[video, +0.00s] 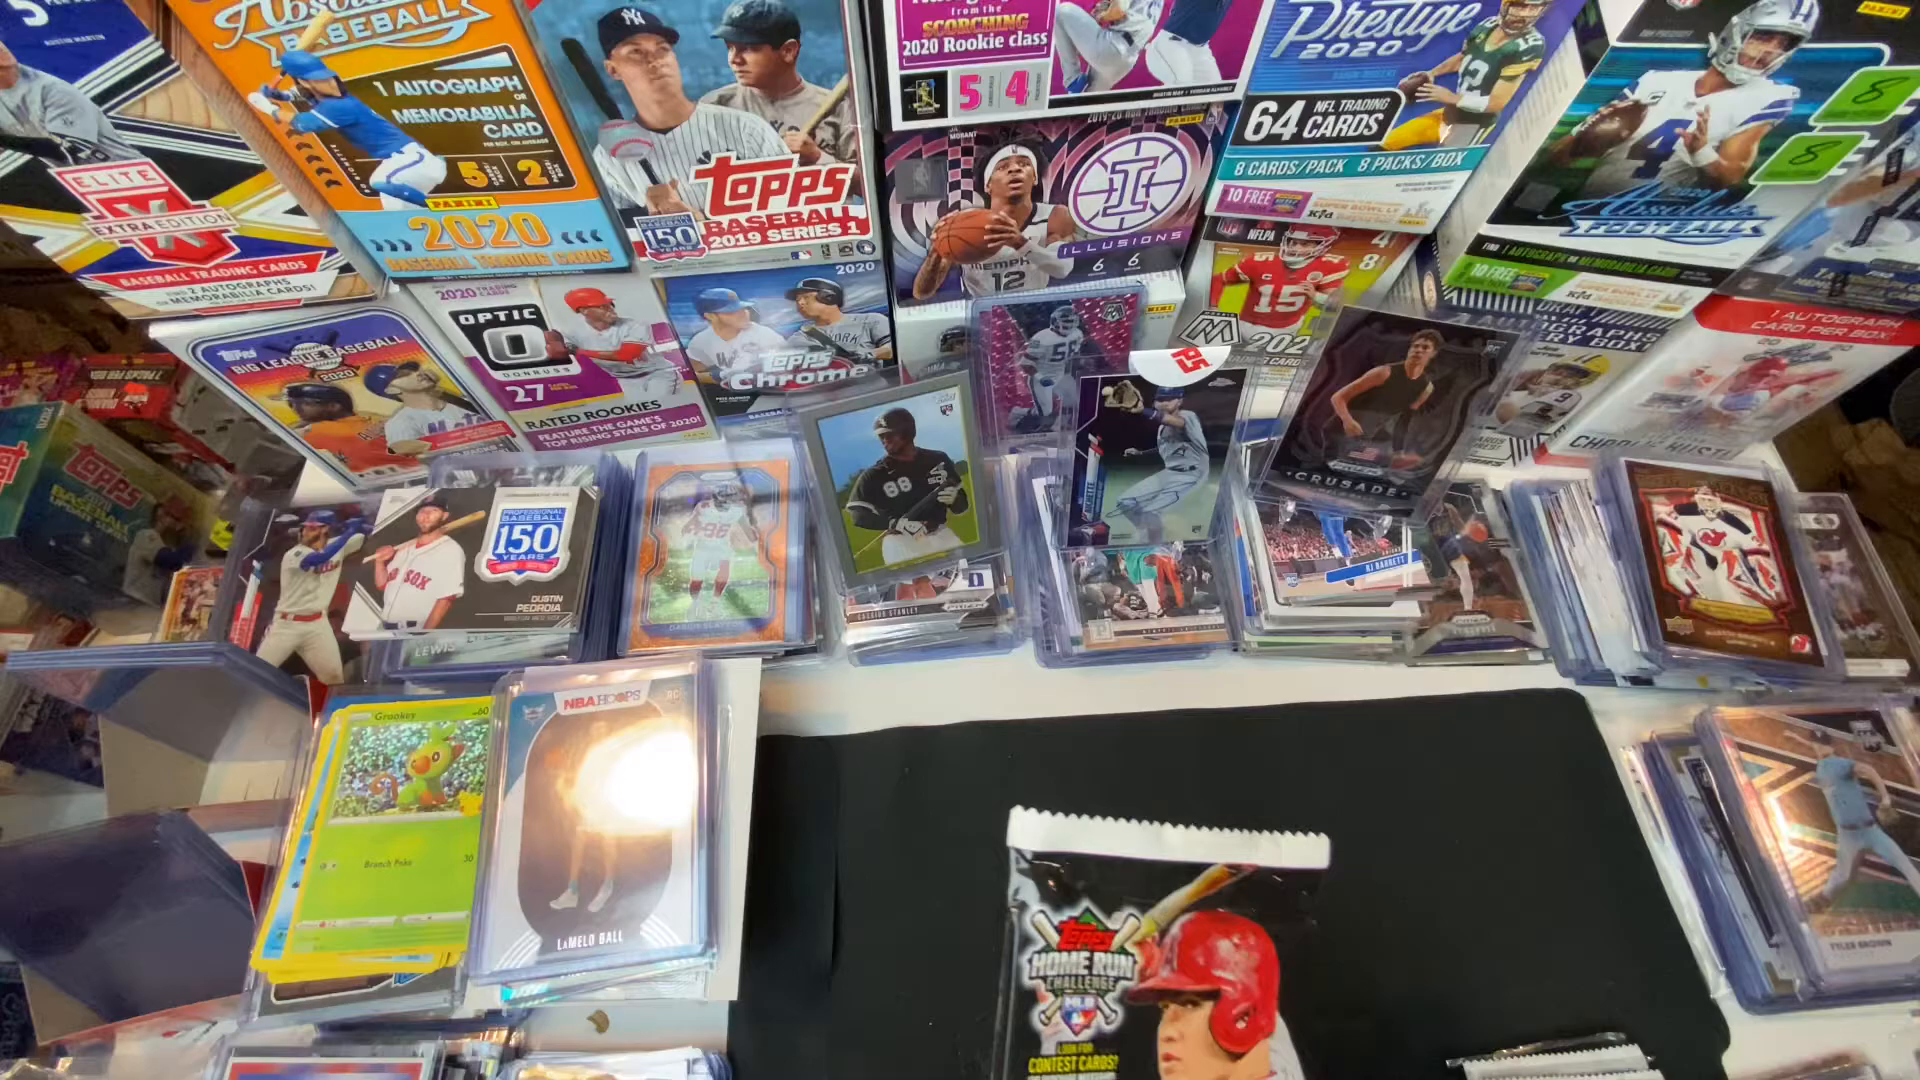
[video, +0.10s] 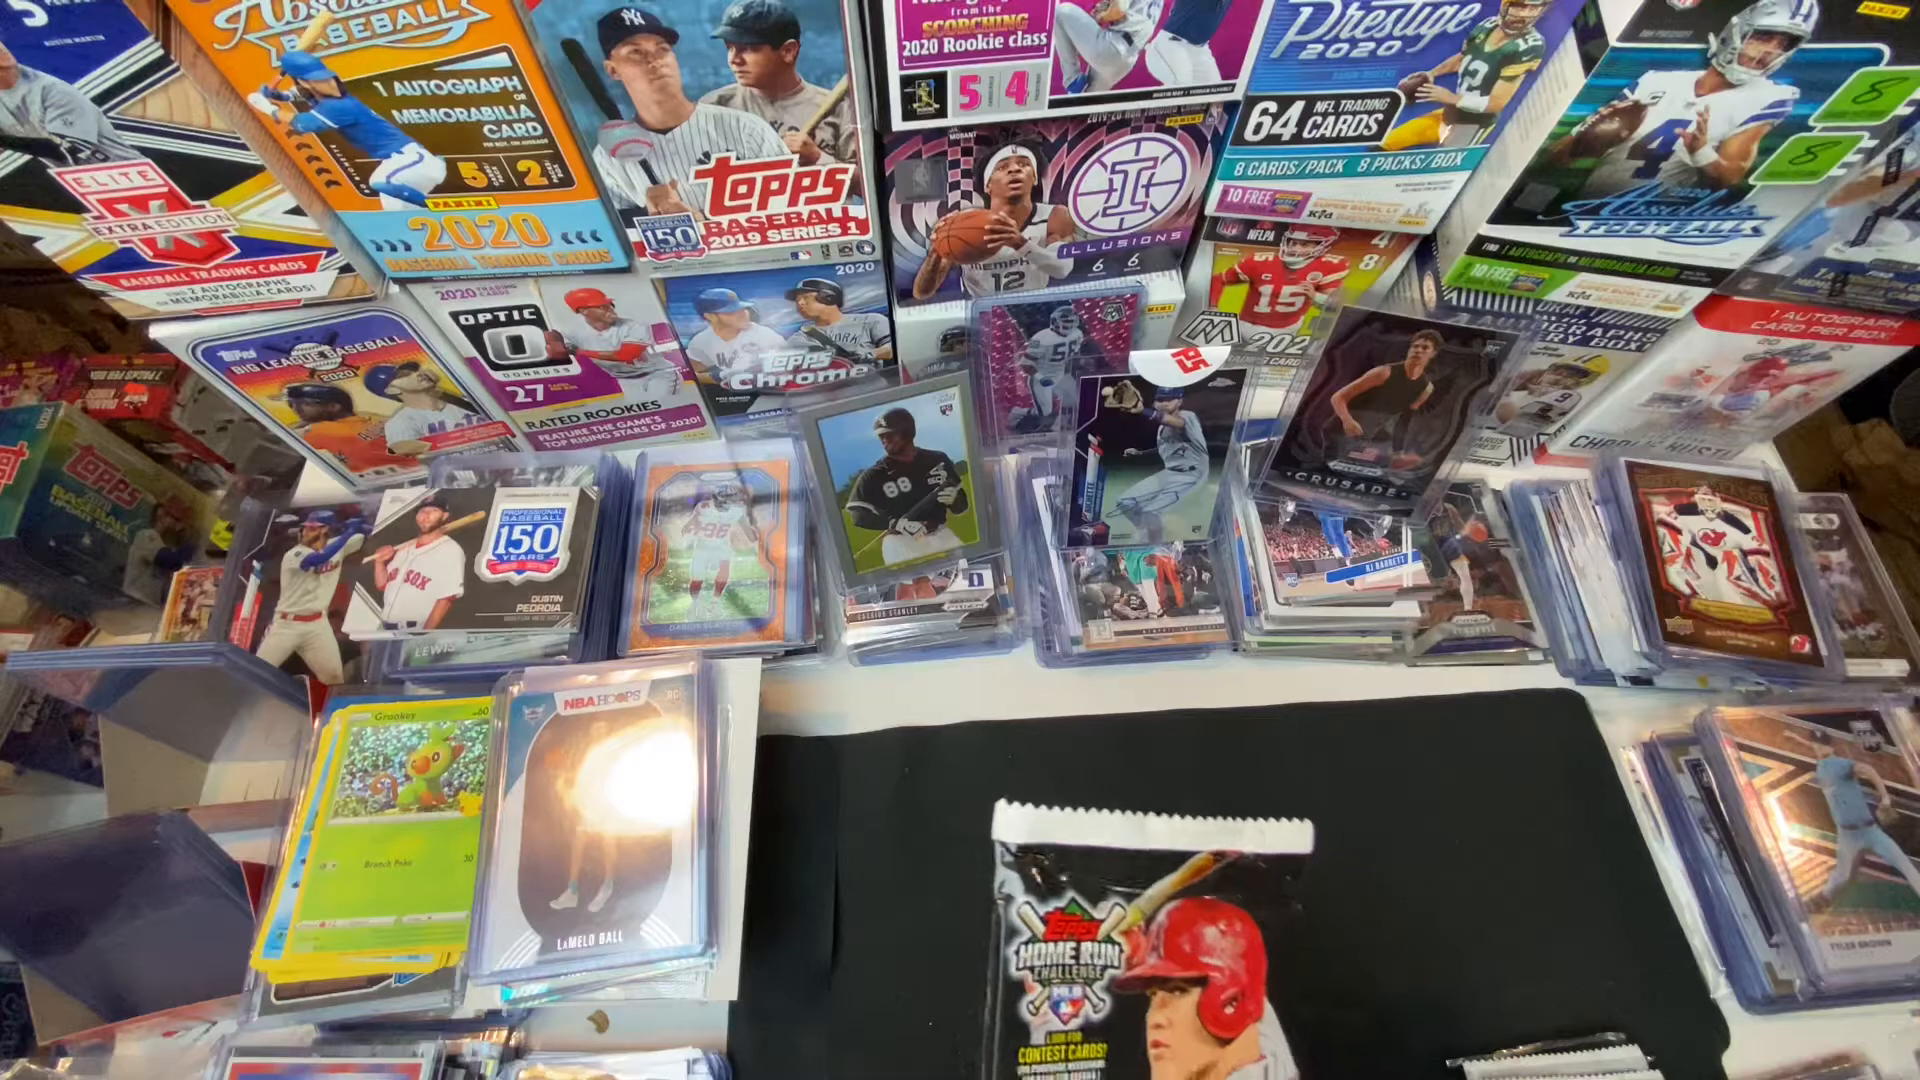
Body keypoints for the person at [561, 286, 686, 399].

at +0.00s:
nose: (612, 311)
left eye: (611, 306)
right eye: (605, 308)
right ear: (585, 312)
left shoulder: (634, 326)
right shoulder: (580, 337)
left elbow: (628, 355)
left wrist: (581, 353)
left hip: (657, 372)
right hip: (623, 379)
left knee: (656, 396)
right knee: (630, 401)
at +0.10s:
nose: (612, 311)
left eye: (610, 306)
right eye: (604, 308)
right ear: (585, 313)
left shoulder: (634, 326)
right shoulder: (580, 337)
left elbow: (628, 356)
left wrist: (581, 353)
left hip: (658, 372)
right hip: (623, 379)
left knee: (656, 397)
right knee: (630, 402)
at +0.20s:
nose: (612, 309)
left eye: (610, 305)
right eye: (604, 307)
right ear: (587, 312)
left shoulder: (634, 325)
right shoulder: (582, 337)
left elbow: (628, 354)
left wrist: (580, 352)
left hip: (658, 372)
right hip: (625, 378)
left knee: (655, 398)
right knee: (630, 403)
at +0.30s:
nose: (611, 310)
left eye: (610, 305)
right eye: (604, 307)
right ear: (586, 313)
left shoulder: (634, 326)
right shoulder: (580, 336)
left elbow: (628, 355)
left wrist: (580, 353)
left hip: (658, 373)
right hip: (624, 379)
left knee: (655, 403)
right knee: (630, 406)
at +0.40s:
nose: (612, 310)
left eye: (610, 305)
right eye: (604, 308)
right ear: (586, 313)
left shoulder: (634, 326)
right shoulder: (580, 336)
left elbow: (627, 355)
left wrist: (580, 353)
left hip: (657, 372)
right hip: (623, 379)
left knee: (656, 400)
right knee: (630, 404)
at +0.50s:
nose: (612, 310)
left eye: (610, 305)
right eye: (604, 307)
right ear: (586, 313)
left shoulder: (634, 325)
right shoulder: (580, 336)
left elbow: (628, 354)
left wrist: (581, 352)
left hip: (658, 372)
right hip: (624, 378)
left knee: (655, 401)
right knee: (631, 404)